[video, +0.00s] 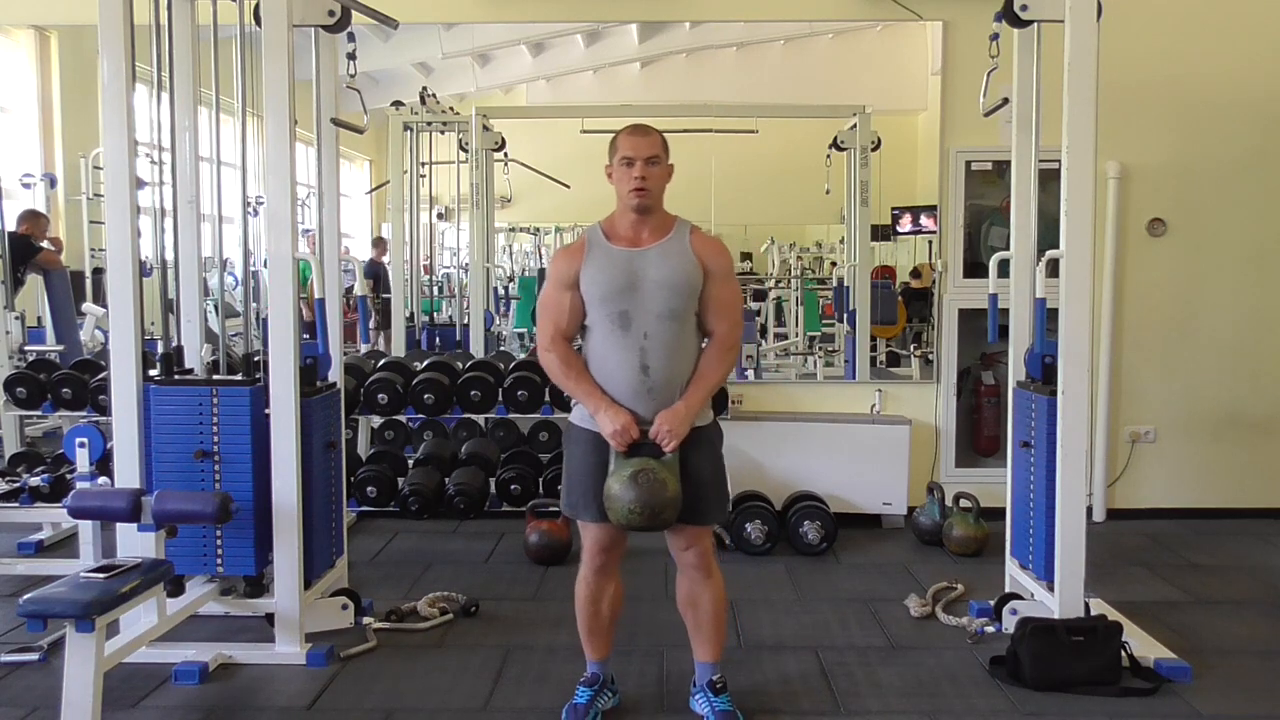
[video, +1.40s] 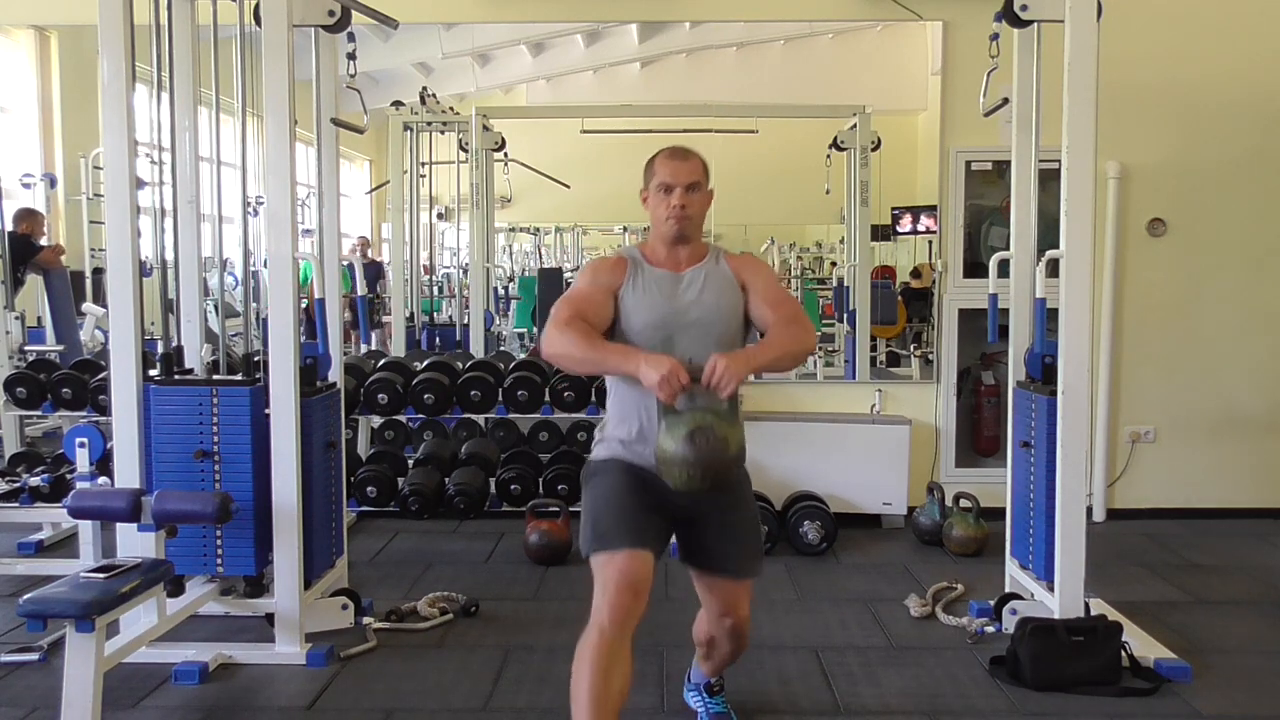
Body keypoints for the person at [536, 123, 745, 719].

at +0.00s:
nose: (640, 173)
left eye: (652, 163)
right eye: (628, 163)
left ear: (669, 172)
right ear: (610, 173)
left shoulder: (705, 252)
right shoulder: (574, 259)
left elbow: (726, 337)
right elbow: (551, 345)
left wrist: (689, 407)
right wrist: (602, 408)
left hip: (685, 428)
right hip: (597, 429)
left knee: (695, 551)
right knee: (598, 551)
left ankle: (708, 686)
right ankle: (596, 679)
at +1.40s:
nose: (680, 201)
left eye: (692, 189)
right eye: (666, 190)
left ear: (708, 198)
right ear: (646, 199)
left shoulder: (744, 271)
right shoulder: (610, 272)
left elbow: (801, 337)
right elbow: (557, 340)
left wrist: (748, 359)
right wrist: (639, 361)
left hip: (715, 461)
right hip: (628, 459)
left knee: (730, 620)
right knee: (620, 599)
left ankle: (702, 683)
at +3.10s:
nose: (680, 192)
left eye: (692, 184)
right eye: (665, 184)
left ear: (713, 204)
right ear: (640, 204)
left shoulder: (735, 265)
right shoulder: (616, 268)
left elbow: (776, 214)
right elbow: (573, 220)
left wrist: (724, 161)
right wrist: (625, 163)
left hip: (718, 472)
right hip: (633, 473)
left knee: (730, 628)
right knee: (618, 627)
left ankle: (703, 685)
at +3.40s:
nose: (687, 155)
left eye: (699, 147)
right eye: (675, 148)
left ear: (717, 166)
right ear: (656, 166)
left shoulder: (745, 224)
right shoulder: (630, 227)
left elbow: (804, 259)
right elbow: (569, 256)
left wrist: (739, 237)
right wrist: (637, 240)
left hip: (719, 424)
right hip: (634, 423)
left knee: (711, 558)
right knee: (620, 560)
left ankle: (707, 686)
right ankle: (609, 669)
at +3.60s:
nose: (676, 158)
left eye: (688, 150)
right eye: (664, 150)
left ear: (705, 168)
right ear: (645, 167)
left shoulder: (736, 238)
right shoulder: (611, 242)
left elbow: (786, 298)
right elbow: (563, 305)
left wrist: (726, 318)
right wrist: (628, 321)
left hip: (711, 420)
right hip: (628, 421)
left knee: (706, 547)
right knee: (624, 549)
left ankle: (708, 684)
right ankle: (615, 671)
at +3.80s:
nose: (664, 159)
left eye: (676, 151)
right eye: (653, 151)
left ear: (693, 169)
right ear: (634, 170)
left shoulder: (729, 246)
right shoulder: (598, 250)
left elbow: (760, 323)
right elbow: (567, 328)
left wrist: (709, 372)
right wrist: (621, 373)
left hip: (701, 421)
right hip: (618, 422)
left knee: (701, 545)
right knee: (619, 546)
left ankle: (707, 683)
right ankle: (612, 674)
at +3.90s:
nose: (660, 159)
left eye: (672, 151)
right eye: (648, 151)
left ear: (689, 169)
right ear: (630, 170)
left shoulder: (726, 247)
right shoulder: (595, 252)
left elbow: (751, 330)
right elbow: (570, 333)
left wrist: (705, 386)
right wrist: (620, 388)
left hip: (699, 422)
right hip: (615, 421)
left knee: (699, 546)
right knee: (617, 546)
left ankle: (707, 682)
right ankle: (612, 673)